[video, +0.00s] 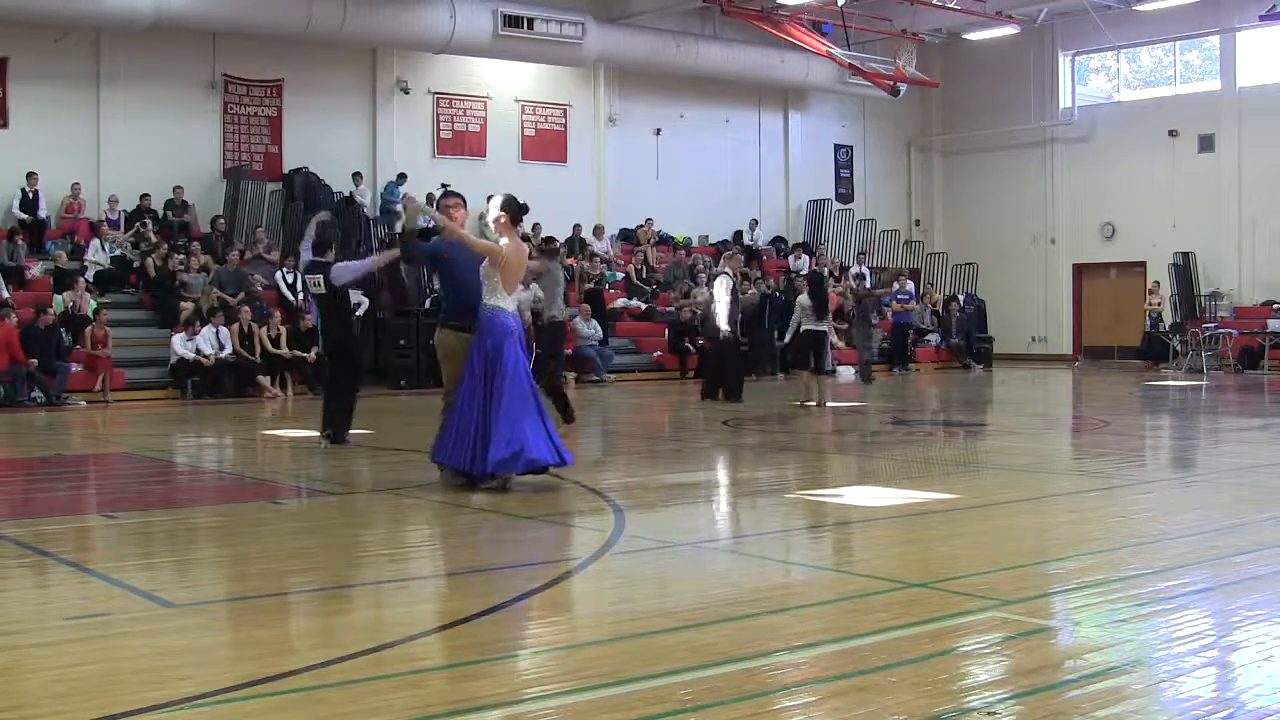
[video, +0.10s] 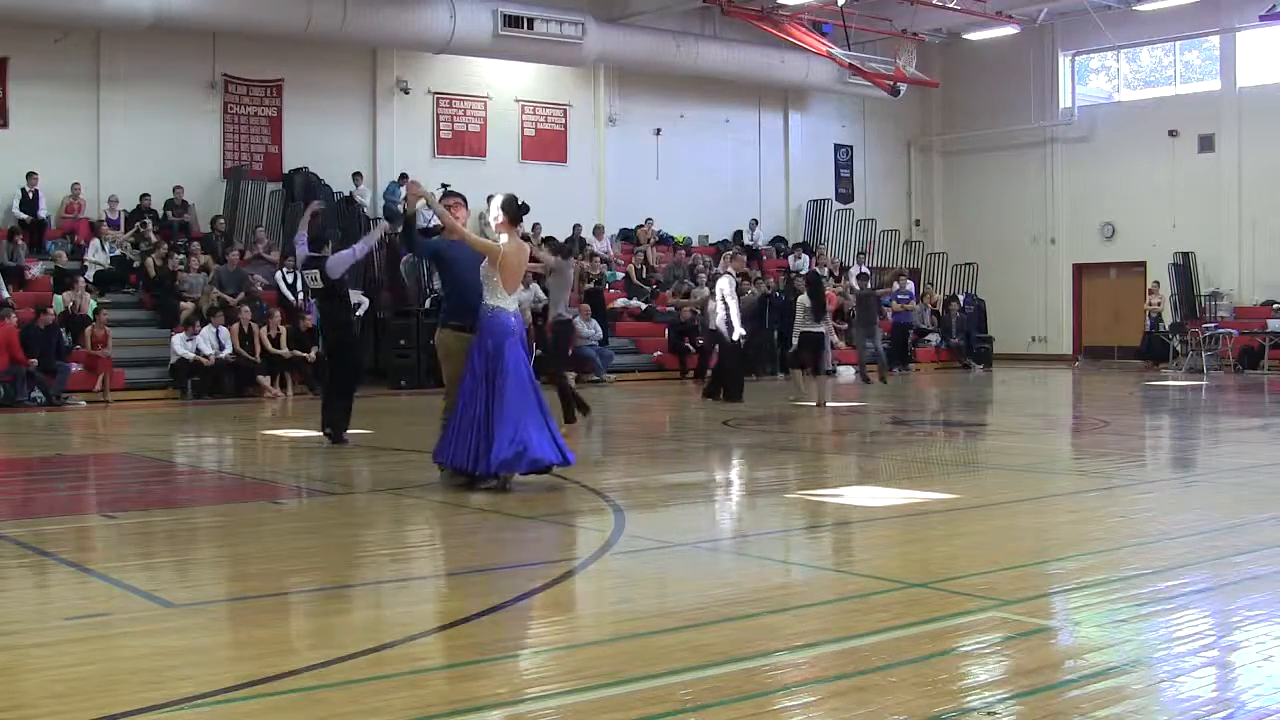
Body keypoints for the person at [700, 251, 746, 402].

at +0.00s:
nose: (740, 265)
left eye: (740, 262)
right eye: (738, 261)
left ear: (731, 262)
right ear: (728, 261)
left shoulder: (730, 279)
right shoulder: (724, 279)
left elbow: (727, 304)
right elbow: (722, 304)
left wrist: (731, 327)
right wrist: (724, 327)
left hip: (728, 329)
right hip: (725, 329)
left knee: (716, 362)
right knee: (731, 363)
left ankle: (709, 393)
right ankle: (732, 394)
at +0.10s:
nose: (744, 265)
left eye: (744, 262)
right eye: (741, 262)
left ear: (732, 263)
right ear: (731, 262)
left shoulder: (729, 279)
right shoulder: (727, 280)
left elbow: (731, 305)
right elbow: (732, 304)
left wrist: (737, 327)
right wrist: (737, 327)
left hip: (725, 321)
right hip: (725, 322)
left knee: (725, 357)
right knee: (732, 357)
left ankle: (711, 390)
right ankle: (733, 394)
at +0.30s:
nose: (748, 266)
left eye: (749, 263)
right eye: (746, 263)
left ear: (741, 264)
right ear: (737, 263)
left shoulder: (736, 280)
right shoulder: (729, 280)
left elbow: (741, 304)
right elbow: (740, 301)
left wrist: (747, 322)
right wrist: (757, 317)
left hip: (735, 322)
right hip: (728, 322)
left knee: (737, 357)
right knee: (734, 357)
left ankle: (733, 392)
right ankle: (732, 393)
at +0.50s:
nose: (753, 266)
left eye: (754, 262)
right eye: (750, 262)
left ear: (754, 264)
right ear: (741, 262)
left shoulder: (748, 282)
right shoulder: (731, 280)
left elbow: (749, 303)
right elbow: (740, 303)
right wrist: (758, 305)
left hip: (747, 324)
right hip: (733, 324)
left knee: (756, 358)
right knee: (735, 362)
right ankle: (732, 396)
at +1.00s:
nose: (767, 261)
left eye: (767, 258)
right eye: (765, 257)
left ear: (762, 259)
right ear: (757, 258)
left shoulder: (763, 277)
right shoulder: (747, 274)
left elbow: (766, 298)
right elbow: (740, 294)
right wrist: (759, 304)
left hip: (764, 317)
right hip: (752, 317)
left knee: (764, 354)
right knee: (751, 353)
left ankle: (766, 391)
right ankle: (738, 389)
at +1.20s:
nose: (773, 260)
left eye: (774, 257)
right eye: (770, 257)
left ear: (774, 259)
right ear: (761, 257)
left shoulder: (771, 277)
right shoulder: (753, 273)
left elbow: (781, 295)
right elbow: (737, 286)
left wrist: (790, 306)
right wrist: (753, 295)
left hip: (770, 321)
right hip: (756, 320)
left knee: (768, 355)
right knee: (754, 355)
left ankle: (767, 391)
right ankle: (740, 388)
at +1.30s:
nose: (775, 259)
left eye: (775, 257)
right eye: (772, 256)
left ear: (773, 259)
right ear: (763, 256)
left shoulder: (773, 276)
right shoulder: (754, 273)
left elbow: (787, 289)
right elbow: (737, 287)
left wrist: (797, 299)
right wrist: (752, 293)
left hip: (771, 320)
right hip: (757, 320)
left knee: (765, 354)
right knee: (759, 354)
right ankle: (740, 388)